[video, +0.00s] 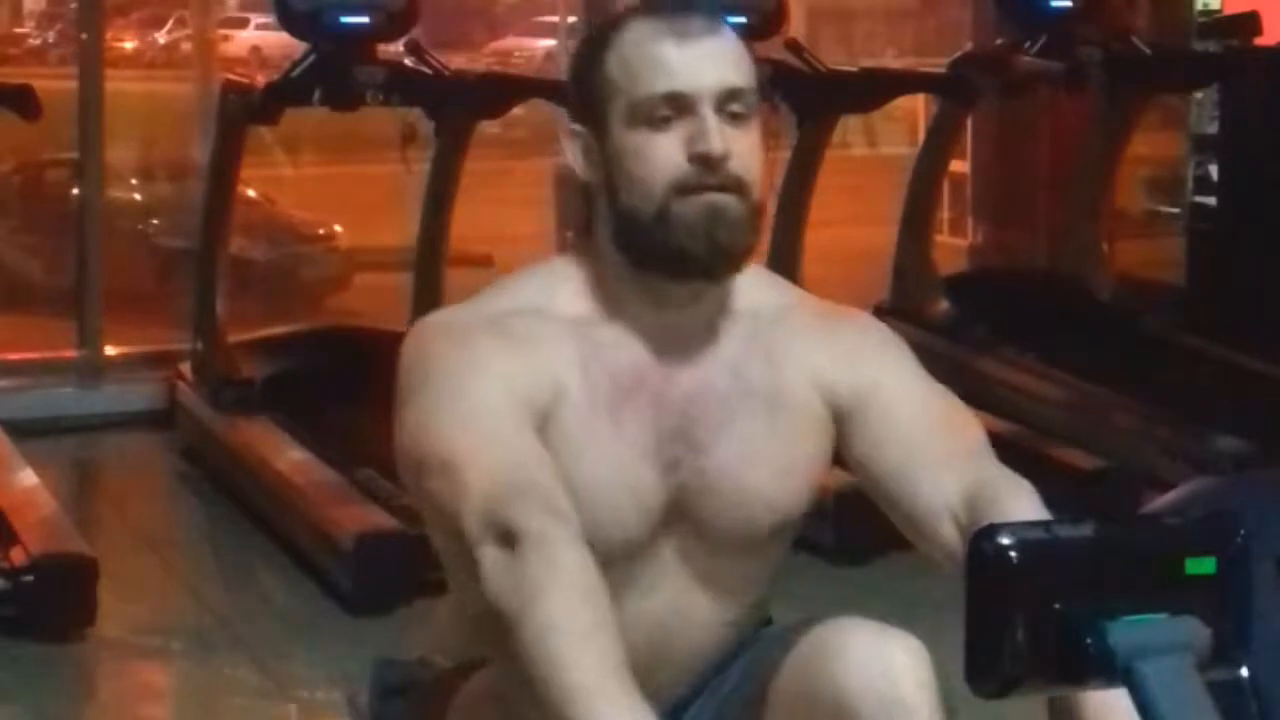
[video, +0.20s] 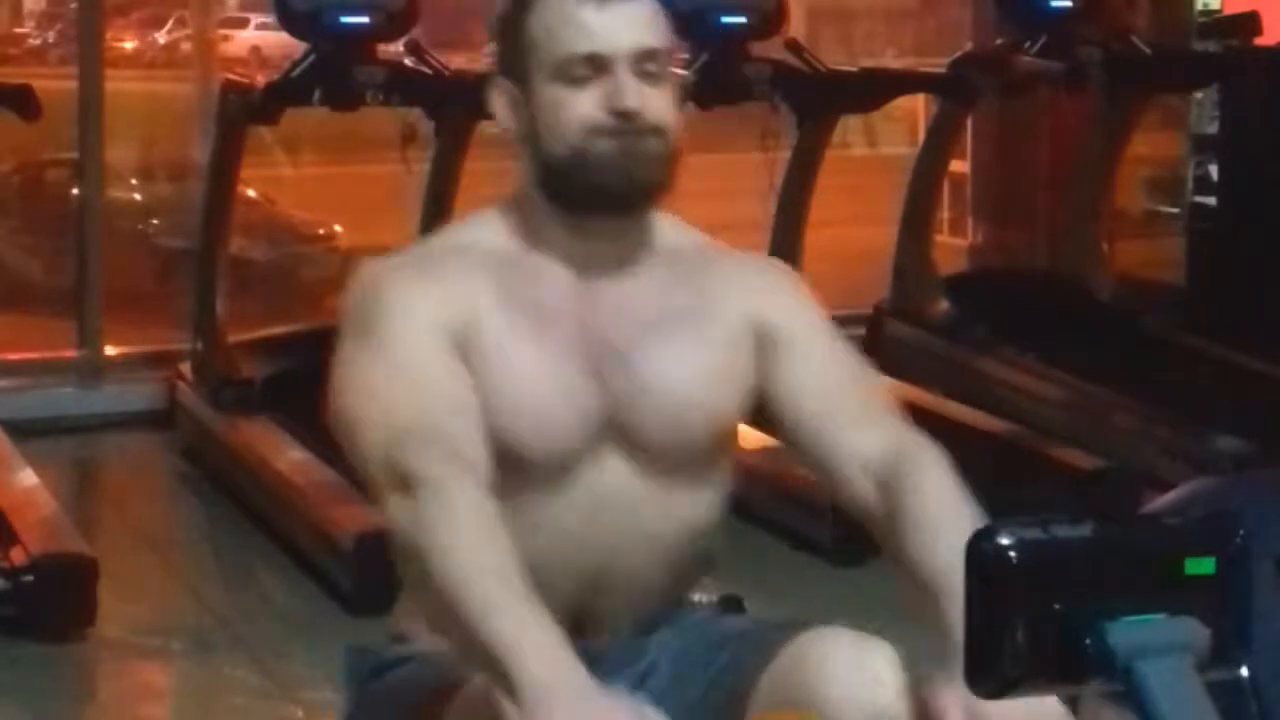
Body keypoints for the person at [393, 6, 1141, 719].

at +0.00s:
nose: (712, 145)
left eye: (734, 111)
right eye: (663, 115)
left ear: (765, 137)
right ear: (581, 151)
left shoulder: (838, 347)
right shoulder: (471, 354)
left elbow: (982, 504)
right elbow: (528, 561)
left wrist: (1099, 687)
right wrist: (620, 713)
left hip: (710, 684)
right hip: (502, 692)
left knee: (881, 664)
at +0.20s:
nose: (628, 102)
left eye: (654, 69)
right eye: (583, 73)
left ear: (683, 90)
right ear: (508, 101)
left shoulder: (751, 293)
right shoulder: (413, 296)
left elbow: (893, 469)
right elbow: (435, 502)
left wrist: (998, 655)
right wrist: (560, 686)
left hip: (658, 647)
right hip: (460, 653)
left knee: (855, 672)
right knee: (511, 707)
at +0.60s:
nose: (485, 107)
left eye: (506, 83)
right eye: (449, 83)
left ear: (529, 98)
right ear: (383, 98)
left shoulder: (587, 251)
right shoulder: (305, 264)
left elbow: (713, 404)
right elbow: (205, 448)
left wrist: (733, 472)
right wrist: (337, 501)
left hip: (587, 621)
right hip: (400, 632)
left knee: (703, 706)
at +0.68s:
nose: (479, 101)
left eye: (498, 78)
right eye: (443, 78)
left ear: (523, 95)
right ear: (381, 96)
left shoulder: (575, 248)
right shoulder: (298, 262)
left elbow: (683, 406)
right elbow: (168, 448)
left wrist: (681, 483)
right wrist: (290, 505)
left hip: (591, 611)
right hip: (401, 626)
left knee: (718, 708)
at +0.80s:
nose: (482, 104)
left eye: (501, 80)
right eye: (446, 79)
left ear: (524, 96)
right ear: (382, 97)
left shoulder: (577, 250)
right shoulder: (298, 266)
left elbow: (689, 406)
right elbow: (170, 456)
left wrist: (687, 481)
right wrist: (303, 517)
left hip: (593, 609)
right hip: (404, 625)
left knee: (727, 711)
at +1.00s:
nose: (503, 90)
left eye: (524, 65)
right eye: (465, 66)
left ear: (548, 88)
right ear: (402, 93)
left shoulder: (606, 252)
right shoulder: (314, 267)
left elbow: (746, 406)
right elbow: (203, 467)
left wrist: (762, 479)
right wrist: (363, 535)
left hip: (602, 612)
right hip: (413, 631)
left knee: (759, 716)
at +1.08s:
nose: (533, 89)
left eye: (554, 64)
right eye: (494, 65)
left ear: (579, 85)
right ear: (426, 89)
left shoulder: (639, 261)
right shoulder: (334, 272)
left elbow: (786, 405)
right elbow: (246, 462)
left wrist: (815, 498)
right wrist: (405, 567)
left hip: (611, 630)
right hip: (418, 640)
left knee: (791, 711)